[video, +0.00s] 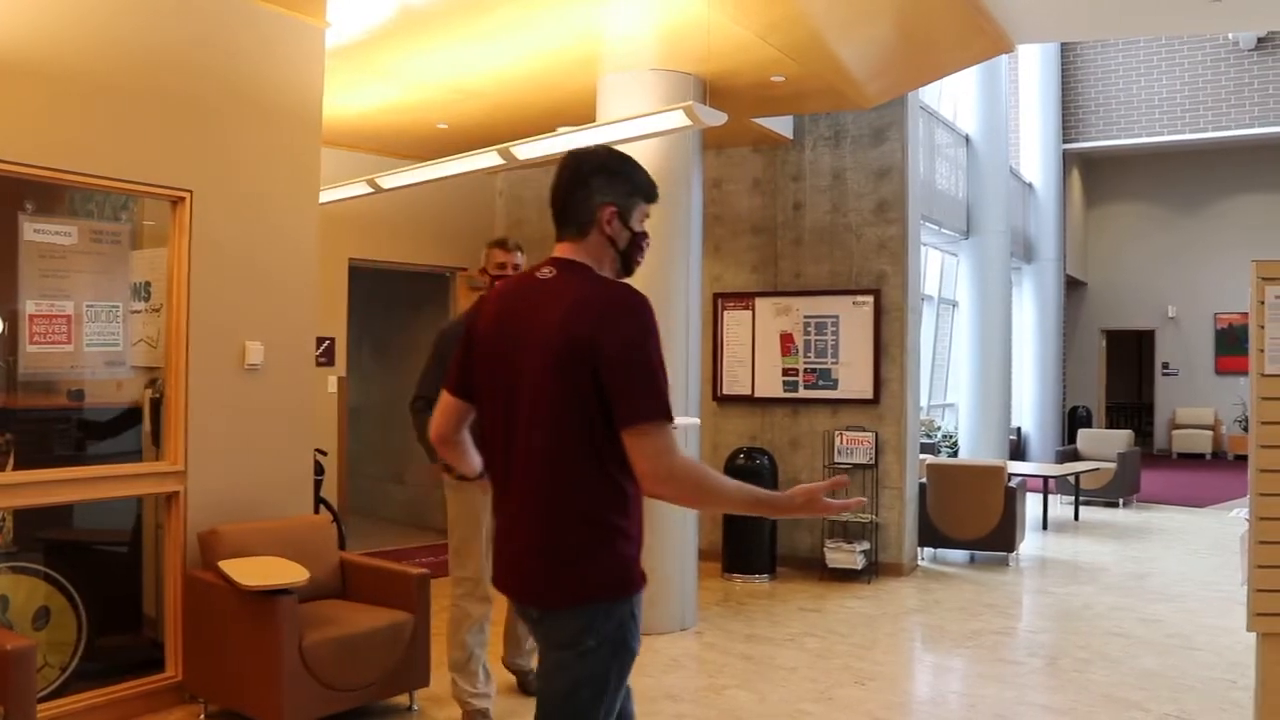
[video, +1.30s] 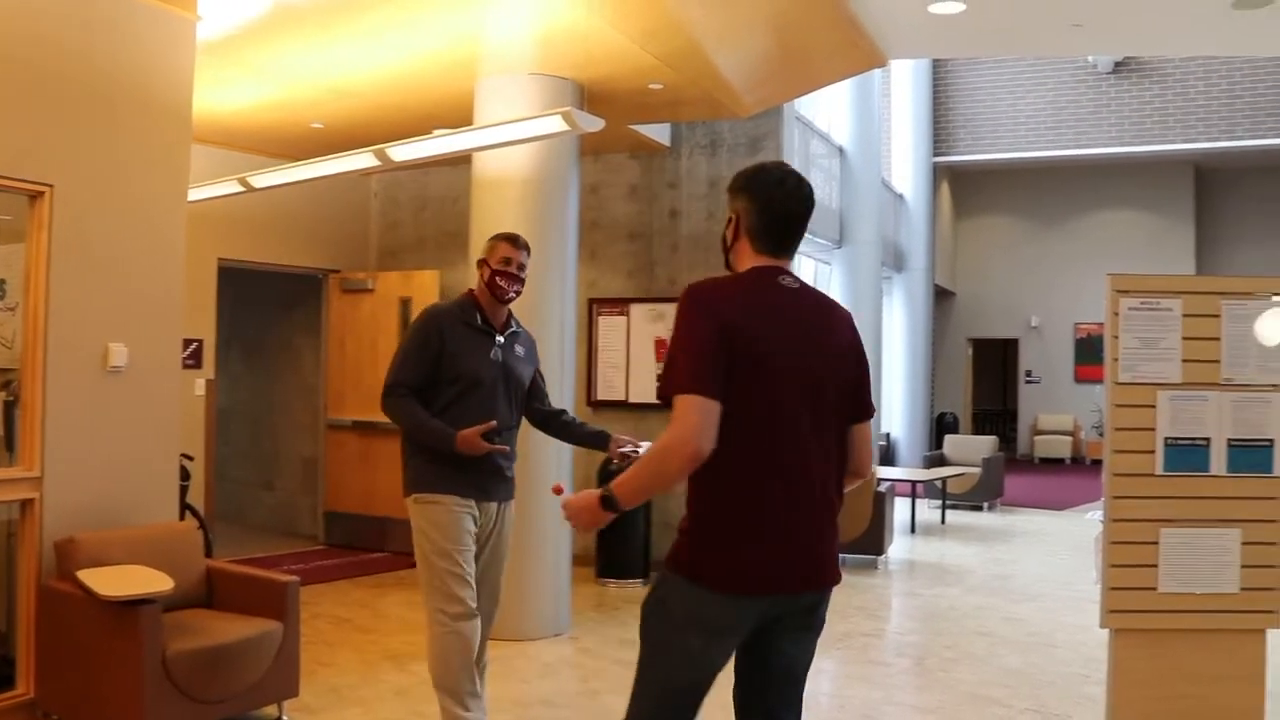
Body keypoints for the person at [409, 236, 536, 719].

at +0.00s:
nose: (504, 278)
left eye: (512, 270)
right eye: (497, 270)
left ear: (525, 273)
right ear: (482, 273)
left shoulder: (540, 331)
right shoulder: (458, 333)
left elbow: (556, 400)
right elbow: (424, 404)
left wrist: (541, 447)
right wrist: (443, 455)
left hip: (524, 466)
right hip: (470, 469)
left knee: (524, 572)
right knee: (472, 584)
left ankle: (525, 663)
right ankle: (474, 699)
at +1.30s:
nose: (512, 277)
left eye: (520, 272)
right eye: (504, 267)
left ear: (525, 279)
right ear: (481, 267)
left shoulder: (522, 341)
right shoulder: (438, 322)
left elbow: (543, 412)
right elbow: (395, 397)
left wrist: (607, 440)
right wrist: (450, 438)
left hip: (496, 493)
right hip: (441, 490)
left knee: (481, 612)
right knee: (456, 611)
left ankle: (467, 710)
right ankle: (463, 714)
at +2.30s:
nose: (467, 256)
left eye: (470, 247)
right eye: (455, 247)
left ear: (473, 252)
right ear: (422, 251)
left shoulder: (455, 317)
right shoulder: (392, 319)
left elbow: (469, 395)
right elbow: (362, 423)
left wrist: (527, 414)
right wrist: (443, 464)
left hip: (461, 501)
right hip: (406, 511)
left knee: (475, 616)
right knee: (416, 649)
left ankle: (439, 714)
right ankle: (404, 719)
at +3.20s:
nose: (430, 257)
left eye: (435, 250)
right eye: (421, 246)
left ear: (436, 256)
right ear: (390, 246)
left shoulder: (415, 320)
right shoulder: (348, 308)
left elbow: (433, 414)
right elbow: (313, 398)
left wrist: (501, 443)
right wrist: (392, 438)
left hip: (412, 499)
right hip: (361, 498)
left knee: (392, 633)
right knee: (370, 630)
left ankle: (369, 712)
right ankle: (324, 717)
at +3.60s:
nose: (398, 255)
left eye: (403, 247)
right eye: (389, 243)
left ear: (404, 251)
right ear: (355, 240)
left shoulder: (378, 317)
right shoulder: (311, 302)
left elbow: (384, 415)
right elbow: (274, 396)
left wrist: (425, 479)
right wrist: (351, 449)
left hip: (361, 495)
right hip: (314, 495)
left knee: (312, 631)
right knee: (338, 640)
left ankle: (303, 715)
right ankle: (343, 718)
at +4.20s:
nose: (347, 238)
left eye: (351, 228)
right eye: (336, 225)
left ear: (352, 229)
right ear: (298, 224)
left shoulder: (324, 295)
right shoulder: (264, 297)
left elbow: (325, 399)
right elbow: (236, 417)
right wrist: (327, 474)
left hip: (319, 506)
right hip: (283, 508)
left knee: (279, 661)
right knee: (295, 672)